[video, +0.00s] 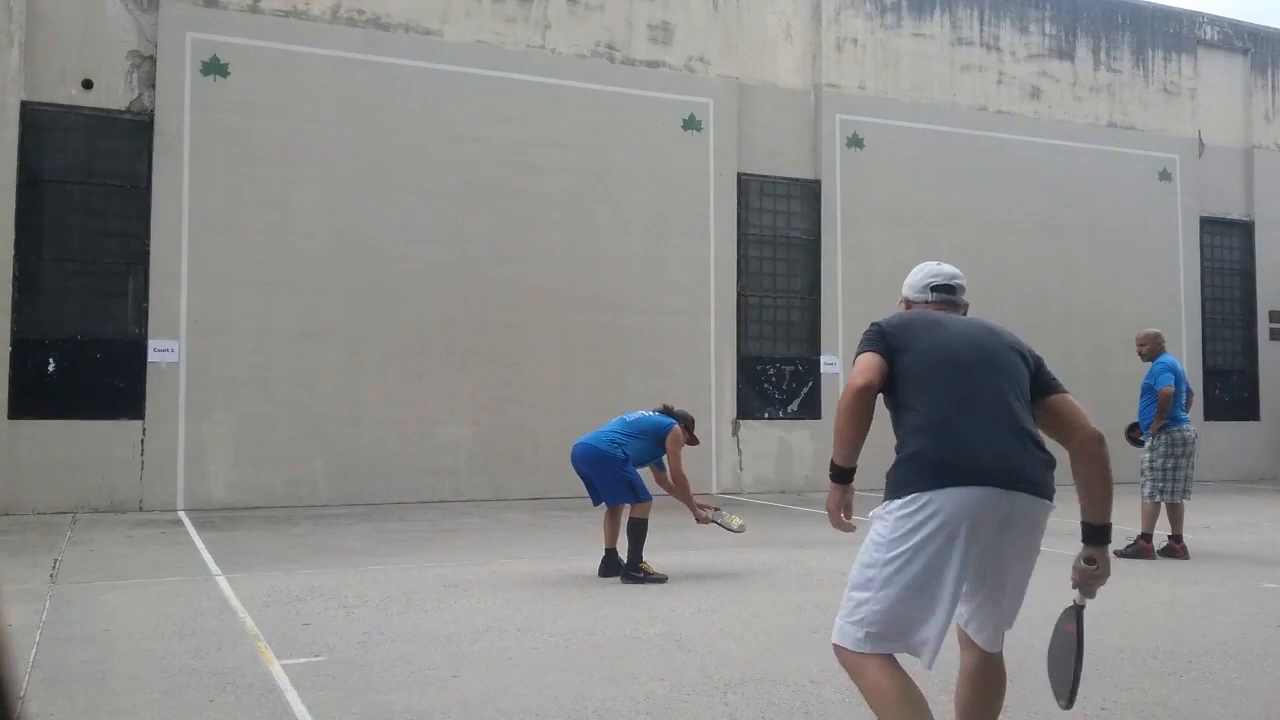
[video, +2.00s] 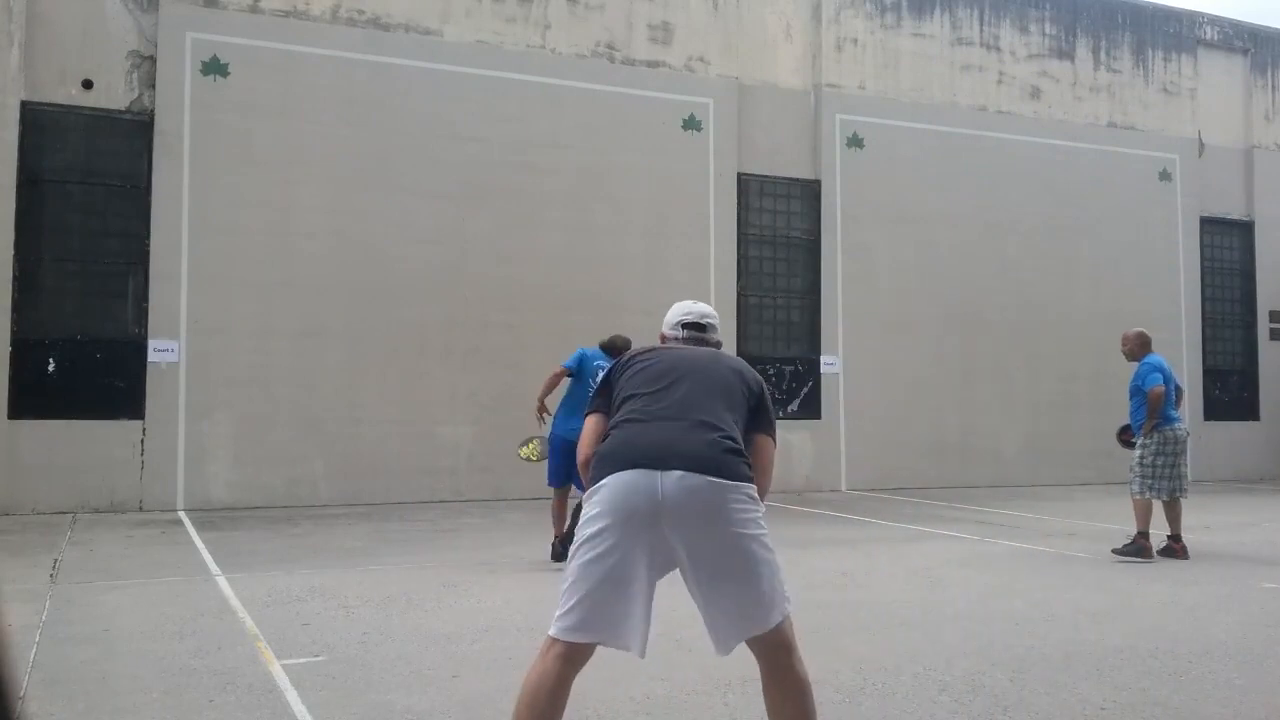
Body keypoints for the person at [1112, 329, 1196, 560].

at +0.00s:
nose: (1138, 350)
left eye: (1143, 345)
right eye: (1137, 346)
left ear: (1159, 345)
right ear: (1160, 346)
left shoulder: (1161, 365)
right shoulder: (1173, 364)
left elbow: (1166, 392)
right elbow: (1189, 393)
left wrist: (1157, 421)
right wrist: (1179, 419)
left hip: (1164, 435)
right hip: (1181, 432)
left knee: (1151, 489)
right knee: (1174, 491)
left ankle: (1144, 542)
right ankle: (1176, 543)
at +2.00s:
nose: (1122, 349)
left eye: (1126, 344)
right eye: (1122, 345)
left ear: (1139, 345)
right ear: (1143, 346)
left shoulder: (1148, 365)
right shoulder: (1160, 363)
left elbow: (1156, 391)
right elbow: (1178, 392)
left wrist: (1147, 425)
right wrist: (1167, 418)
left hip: (1157, 433)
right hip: (1174, 431)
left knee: (1140, 486)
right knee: (1169, 488)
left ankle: (1141, 541)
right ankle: (1176, 542)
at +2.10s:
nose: (1116, 351)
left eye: (1119, 346)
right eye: (1116, 347)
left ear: (1134, 347)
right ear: (1136, 347)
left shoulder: (1142, 367)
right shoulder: (1152, 364)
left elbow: (1156, 391)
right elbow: (1169, 390)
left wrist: (1146, 420)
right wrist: (1157, 416)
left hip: (1154, 434)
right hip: (1170, 432)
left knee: (1139, 488)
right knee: (1167, 489)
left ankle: (1138, 543)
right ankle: (1175, 543)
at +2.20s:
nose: (1110, 354)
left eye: (1114, 349)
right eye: (1109, 350)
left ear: (1129, 348)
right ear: (1129, 349)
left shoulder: (1138, 370)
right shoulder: (1138, 368)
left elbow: (1156, 395)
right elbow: (1146, 403)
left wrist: (1137, 420)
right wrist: (1129, 435)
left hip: (1152, 438)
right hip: (1163, 435)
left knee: (1138, 491)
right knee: (1165, 490)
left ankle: (1135, 547)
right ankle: (1175, 543)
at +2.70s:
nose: (1111, 350)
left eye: (1116, 346)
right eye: (1107, 346)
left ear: (1129, 348)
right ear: (1104, 349)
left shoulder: (1134, 369)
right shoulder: (1112, 376)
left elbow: (1138, 401)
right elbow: (1111, 413)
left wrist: (1107, 415)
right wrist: (1100, 440)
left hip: (1138, 439)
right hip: (1133, 440)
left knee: (1109, 490)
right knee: (1138, 491)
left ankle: (1132, 542)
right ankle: (1155, 544)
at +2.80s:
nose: (1095, 356)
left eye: (1099, 352)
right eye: (1095, 351)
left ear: (1114, 355)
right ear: (1112, 356)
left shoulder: (1119, 375)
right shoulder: (1115, 377)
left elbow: (1122, 410)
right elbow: (1115, 422)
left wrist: (1099, 433)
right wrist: (1098, 448)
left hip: (1134, 443)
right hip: (1148, 442)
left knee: (1098, 493)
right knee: (1132, 494)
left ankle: (1124, 544)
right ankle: (1154, 545)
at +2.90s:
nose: (1084, 364)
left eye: (1088, 360)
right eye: (1085, 359)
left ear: (1099, 363)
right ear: (1106, 364)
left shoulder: (1104, 386)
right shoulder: (1117, 381)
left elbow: (1100, 429)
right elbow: (1110, 425)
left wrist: (1086, 452)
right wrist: (1092, 449)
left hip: (1129, 450)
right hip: (1147, 447)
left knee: (1089, 495)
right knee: (1133, 496)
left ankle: (1102, 548)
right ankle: (1154, 546)